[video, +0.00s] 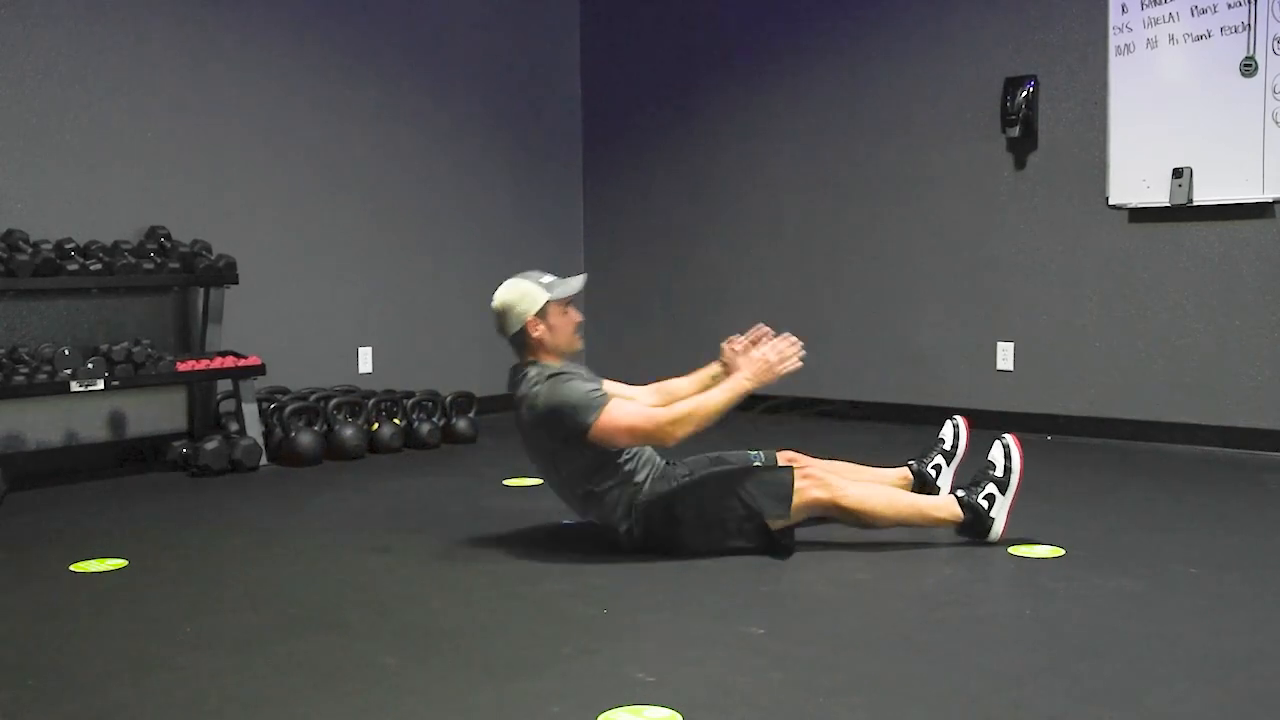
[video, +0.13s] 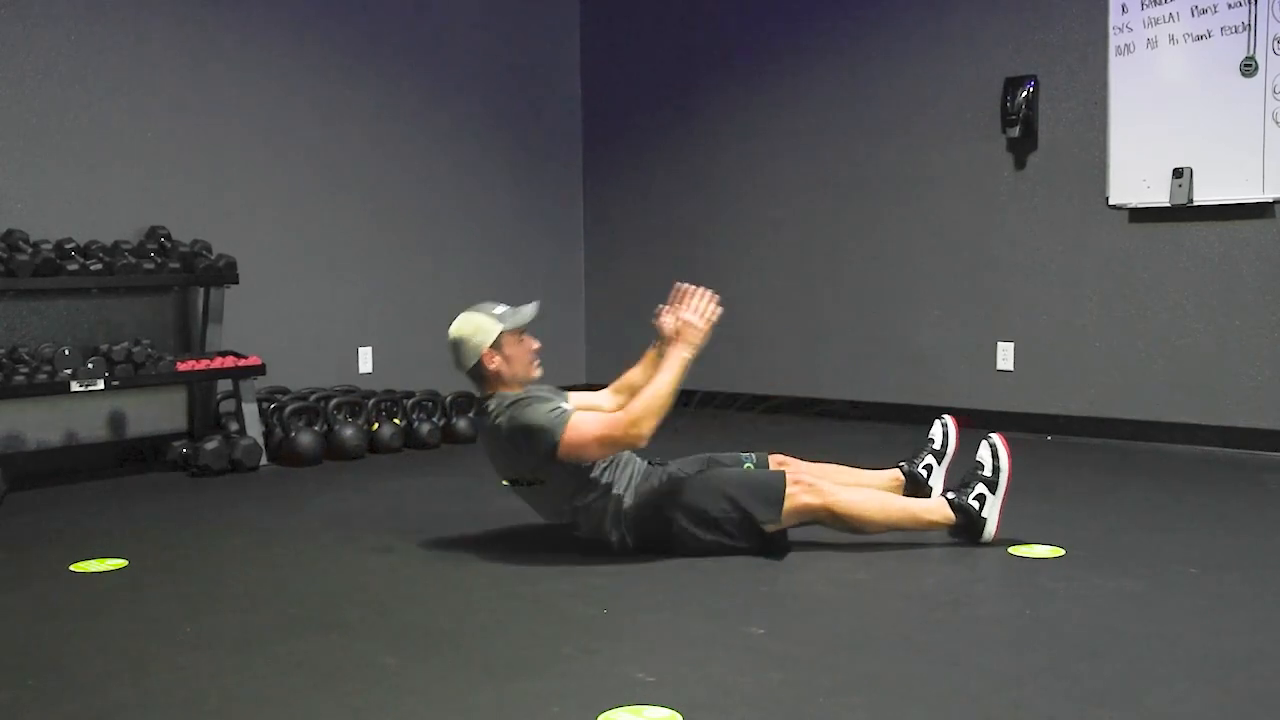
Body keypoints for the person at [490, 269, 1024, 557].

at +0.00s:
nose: (576, 313)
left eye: (570, 304)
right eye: (564, 307)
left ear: (541, 325)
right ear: (536, 327)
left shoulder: (561, 374)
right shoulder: (551, 394)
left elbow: (649, 398)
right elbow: (663, 429)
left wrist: (720, 365)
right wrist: (747, 379)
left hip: (660, 477)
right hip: (647, 505)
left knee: (796, 462)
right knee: (812, 485)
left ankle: (920, 477)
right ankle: (970, 513)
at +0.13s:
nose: (531, 342)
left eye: (523, 334)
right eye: (517, 339)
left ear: (500, 358)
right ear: (491, 363)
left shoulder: (529, 399)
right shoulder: (516, 421)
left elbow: (616, 395)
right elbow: (628, 429)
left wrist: (668, 338)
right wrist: (683, 346)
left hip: (650, 479)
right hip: (642, 509)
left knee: (787, 467)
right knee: (806, 493)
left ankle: (913, 478)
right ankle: (959, 514)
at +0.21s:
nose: (503, 363)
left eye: (495, 356)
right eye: (489, 361)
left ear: (474, 380)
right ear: (464, 386)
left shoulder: (508, 416)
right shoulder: (499, 440)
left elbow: (591, 407)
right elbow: (608, 429)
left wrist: (614, 332)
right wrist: (627, 334)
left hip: (641, 483)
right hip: (636, 508)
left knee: (776, 467)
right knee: (797, 496)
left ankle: (908, 479)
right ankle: (950, 513)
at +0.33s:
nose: (467, 406)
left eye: (458, 399)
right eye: (452, 409)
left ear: (441, 425)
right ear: (433, 437)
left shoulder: (468, 455)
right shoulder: (469, 479)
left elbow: (550, 432)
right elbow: (567, 429)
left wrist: (526, 342)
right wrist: (526, 343)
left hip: (623, 484)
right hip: (621, 511)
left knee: (768, 458)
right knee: (791, 490)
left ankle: (894, 482)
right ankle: (944, 513)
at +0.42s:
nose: (432, 441)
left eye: (424, 434)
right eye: (417, 446)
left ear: (431, 442)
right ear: (412, 474)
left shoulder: (461, 477)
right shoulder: (463, 507)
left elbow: (525, 423)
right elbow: (524, 427)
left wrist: (465, 361)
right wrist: (462, 365)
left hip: (625, 484)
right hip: (625, 509)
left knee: (766, 459)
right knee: (788, 492)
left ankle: (893, 483)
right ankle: (943, 515)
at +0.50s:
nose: (411, 453)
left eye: (398, 450)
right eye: (395, 460)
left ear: (407, 461)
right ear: (397, 488)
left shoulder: (452, 485)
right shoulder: (456, 518)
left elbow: (475, 411)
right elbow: (480, 411)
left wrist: (386, 384)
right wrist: (386, 395)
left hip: (629, 482)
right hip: (629, 510)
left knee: (771, 462)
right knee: (789, 490)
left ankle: (897, 482)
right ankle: (942, 513)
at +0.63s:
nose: (381, 491)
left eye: (377, 481)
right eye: (371, 494)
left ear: (397, 476)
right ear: (385, 505)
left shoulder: (444, 490)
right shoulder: (436, 516)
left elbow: (422, 413)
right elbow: (422, 417)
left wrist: (338, 450)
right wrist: (331, 451)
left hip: (623, 485)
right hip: (620, 513)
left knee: (768, 461)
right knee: (784, 486)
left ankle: (896, 484)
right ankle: (940, 516)